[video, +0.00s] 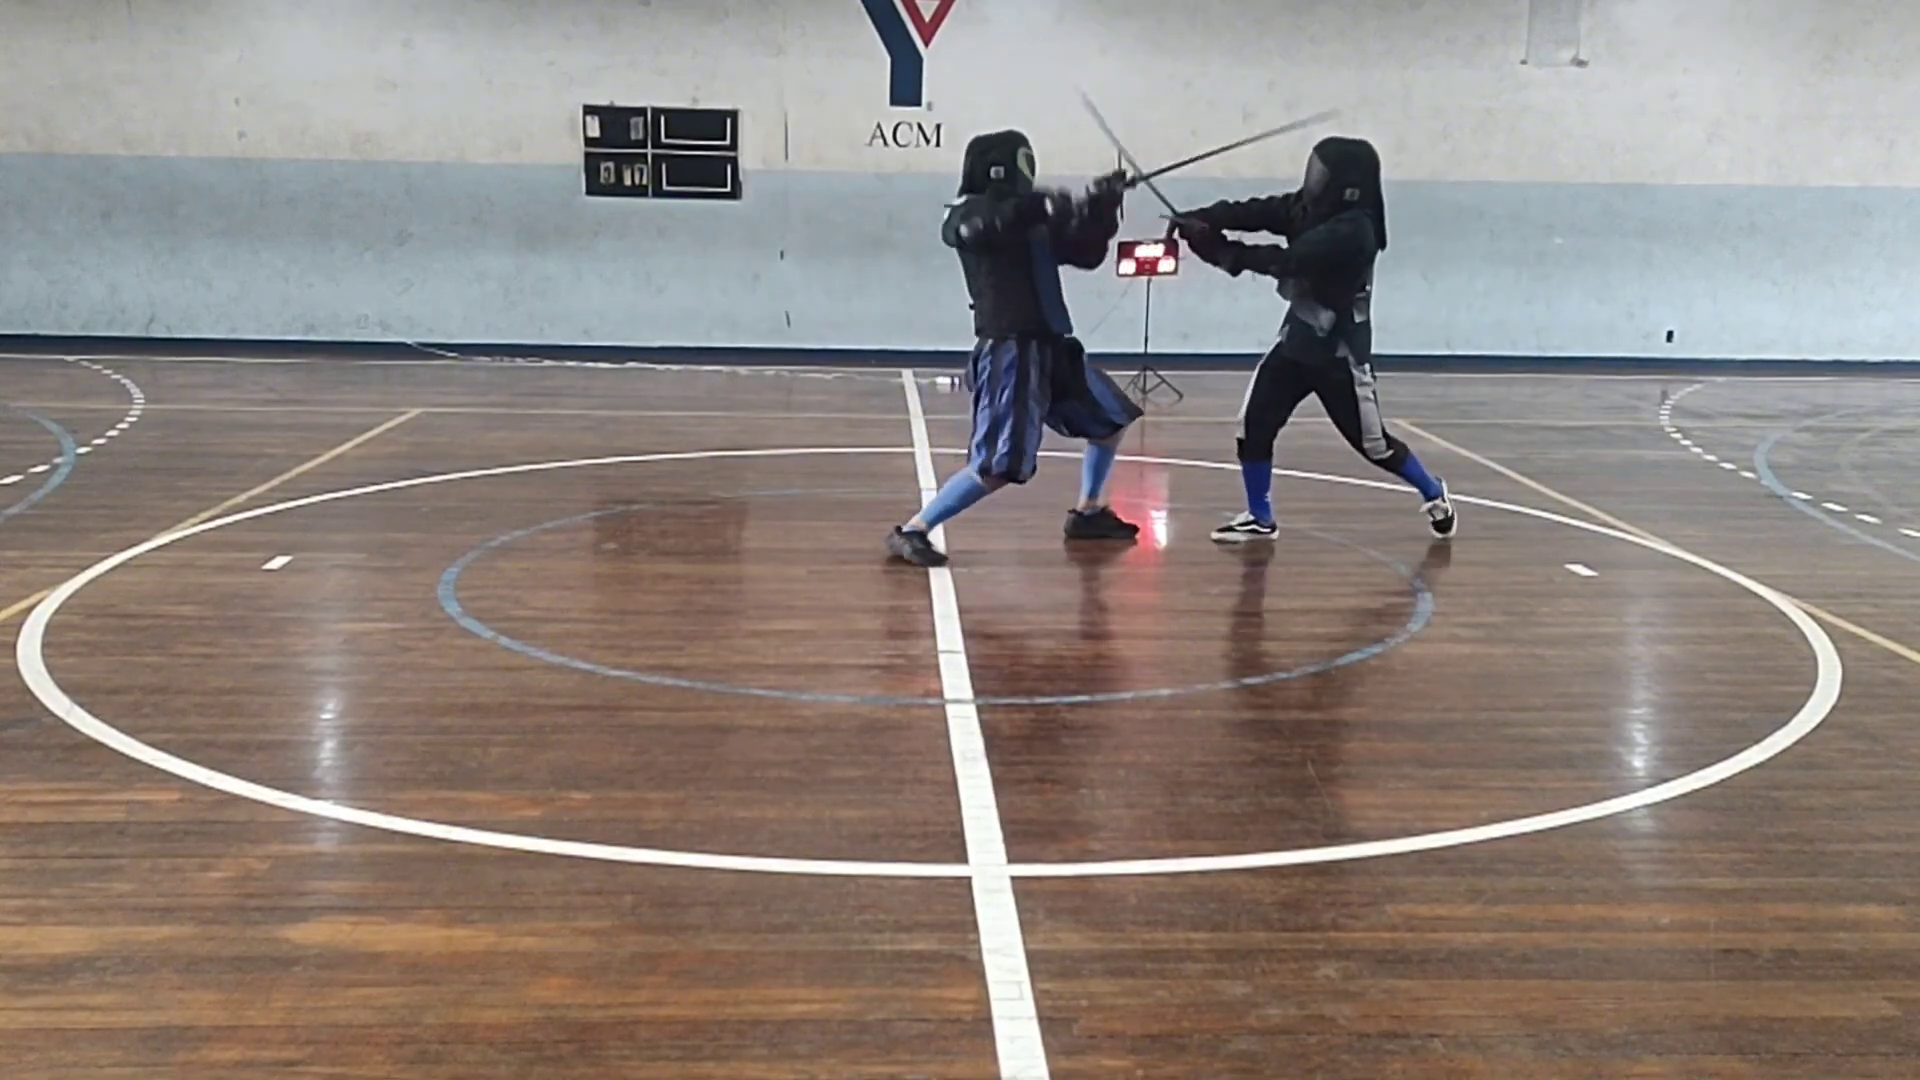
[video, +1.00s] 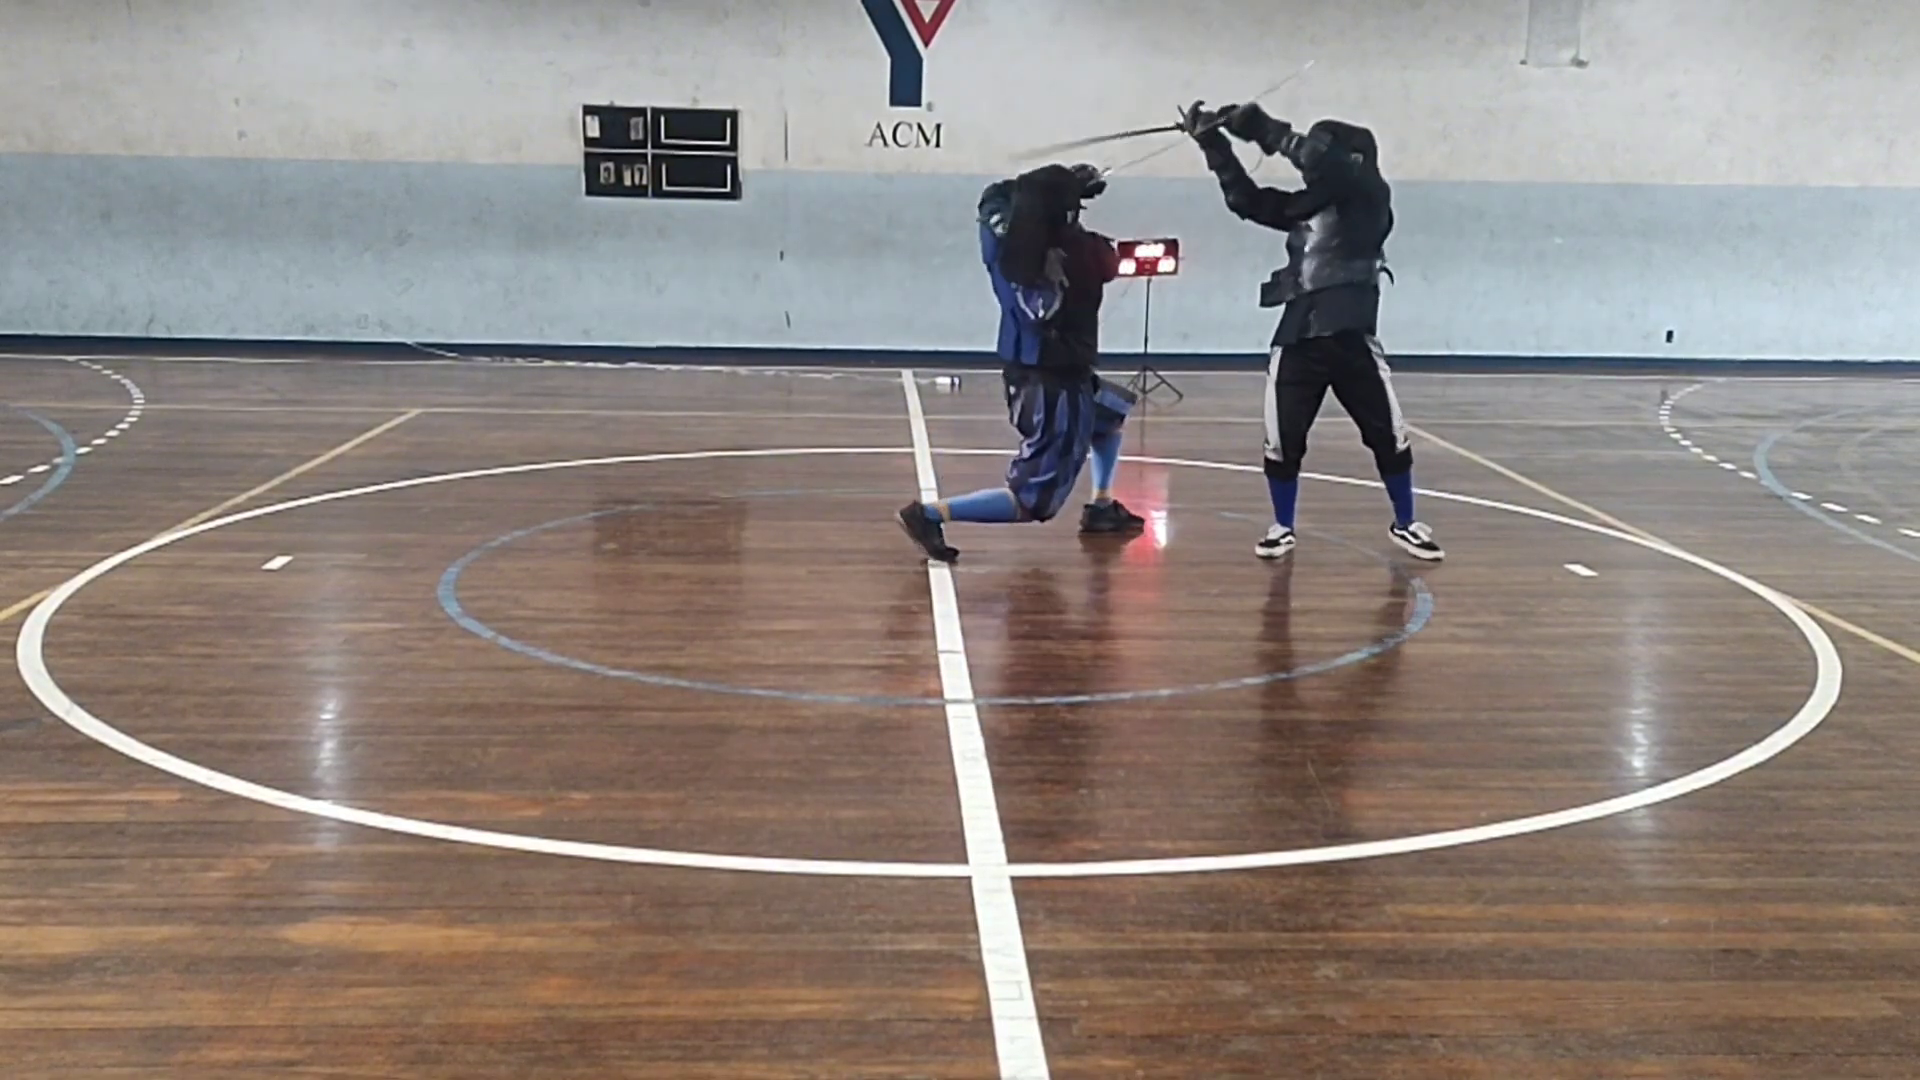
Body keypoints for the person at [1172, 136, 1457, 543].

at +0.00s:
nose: (1308, 179)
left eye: (1318, 173)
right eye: (1310, 170)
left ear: (1344, 183)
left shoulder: (1353, 230)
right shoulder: (1305, 208)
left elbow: (1287, 261)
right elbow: (1255, 213)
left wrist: (1216, 247)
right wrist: (1201, 219)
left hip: (1341, 353)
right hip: (1297, 342)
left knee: (1373, 445)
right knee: (1254, 430)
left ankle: (1434, 492)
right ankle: (1260, 518)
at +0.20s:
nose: (1327, 178)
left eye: (1335, 171)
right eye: (1328, 170)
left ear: (1363, 175)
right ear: (1340, 175)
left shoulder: (1391, 216)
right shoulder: (1329, 208)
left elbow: (1335, 219)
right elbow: (1275, 214)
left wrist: (1252, 197)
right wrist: (1236, 185)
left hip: (1375, 348)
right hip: (1318, 343)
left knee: (1418, 439)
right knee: (1269, 427)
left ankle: (1447, 522)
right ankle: (1260, 518)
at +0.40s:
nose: (1335, 171)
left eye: (1340, 159)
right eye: (1332, 164)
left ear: (1362, 160)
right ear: (1332, 172)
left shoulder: (1398, 195)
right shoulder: (1330, 211)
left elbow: (1388, 154)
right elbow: (1294, 220)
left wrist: (1342, 118)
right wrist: (1303, 156)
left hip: (1399, 345)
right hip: (1345, 347)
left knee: (1434, 438)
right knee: (1306, 439)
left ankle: (1447, 522)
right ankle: (1277, 522)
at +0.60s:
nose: (1327, 160)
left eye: (1334, 151)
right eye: (1326, 153)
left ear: (1358, 157)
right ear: (1328, 163)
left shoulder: (1393, 200)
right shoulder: (1324, 212)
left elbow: (1369, 139)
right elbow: (1278, 190)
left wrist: (1314, 100)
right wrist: (1261, 133)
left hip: (1384, 343)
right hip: (1328, 345)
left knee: (1418, 437)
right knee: (1294, 440)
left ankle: (1444, 518)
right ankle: (1283, 525)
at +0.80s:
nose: (1312, 163)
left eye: (1320, 155)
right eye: (1310, 157)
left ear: (1340, 156)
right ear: (1308, 162)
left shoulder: (1372, 194)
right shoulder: (1304, 209)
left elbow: (1350, 141)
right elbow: (1255, 191)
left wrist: (1292, 102)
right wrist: (1239, 137)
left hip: (1363, 340)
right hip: (1307, 343)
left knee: (1399, 437)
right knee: (1287, 443)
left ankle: (1423, 520)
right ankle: (1283, 526)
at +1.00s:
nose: (1307, 157)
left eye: (1314, 150)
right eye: (1306, 151)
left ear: (1343, 153)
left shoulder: (1368, 190)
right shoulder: (1304, 207)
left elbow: (1317, 159)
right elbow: (1245, 198)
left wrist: (1258, 125)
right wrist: (1212, 142)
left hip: (1351, 337)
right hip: (1297, 339)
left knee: (1389, 435)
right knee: (1280, 440)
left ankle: (1406, 523)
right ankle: (1282, 527)